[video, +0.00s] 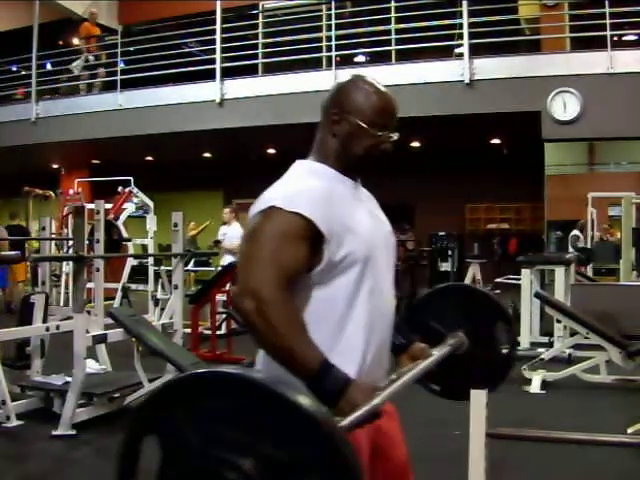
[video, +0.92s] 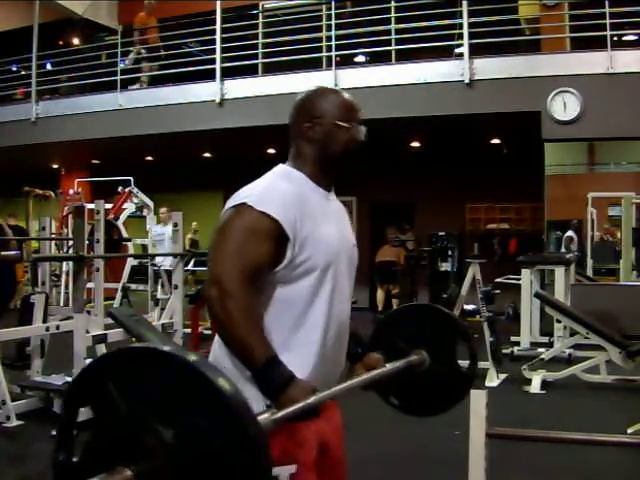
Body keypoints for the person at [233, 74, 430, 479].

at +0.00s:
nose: (386, 142)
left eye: (389, 132)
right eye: (375, 129)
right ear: (335, 121)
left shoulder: (361, 200)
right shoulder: (304, 191)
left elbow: (352, 298)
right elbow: (256, 295)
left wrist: (402, 344)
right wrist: (335, 386)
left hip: (373, 414)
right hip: (312, 426)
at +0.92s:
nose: (359, 137)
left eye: (359, 126)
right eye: (348, 125)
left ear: (314, 130)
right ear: (310, 128)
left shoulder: (332, 208)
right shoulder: (271, 198)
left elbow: (316, 305)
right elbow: (224, 291)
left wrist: (357, 354)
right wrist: (280, 382)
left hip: (321, 409)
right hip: (267, 416)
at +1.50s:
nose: (308, 107)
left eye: (303, 100)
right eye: (291, 103)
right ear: (261, 125)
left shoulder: (318, 204)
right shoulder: (242, 202)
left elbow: (326, 300)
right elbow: (225, 309)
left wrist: (354, 367)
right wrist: (263, 410)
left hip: (305, 409)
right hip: (241, 422)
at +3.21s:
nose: (339, 125)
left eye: (332, 117)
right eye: (320, 121)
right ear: (290, 146)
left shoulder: (337, 219)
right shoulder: (266, 220)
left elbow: (320, 309)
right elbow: (223, 321)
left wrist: (344, 379)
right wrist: (261, 426)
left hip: (291, 400)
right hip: (235, 411)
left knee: (304, 471)